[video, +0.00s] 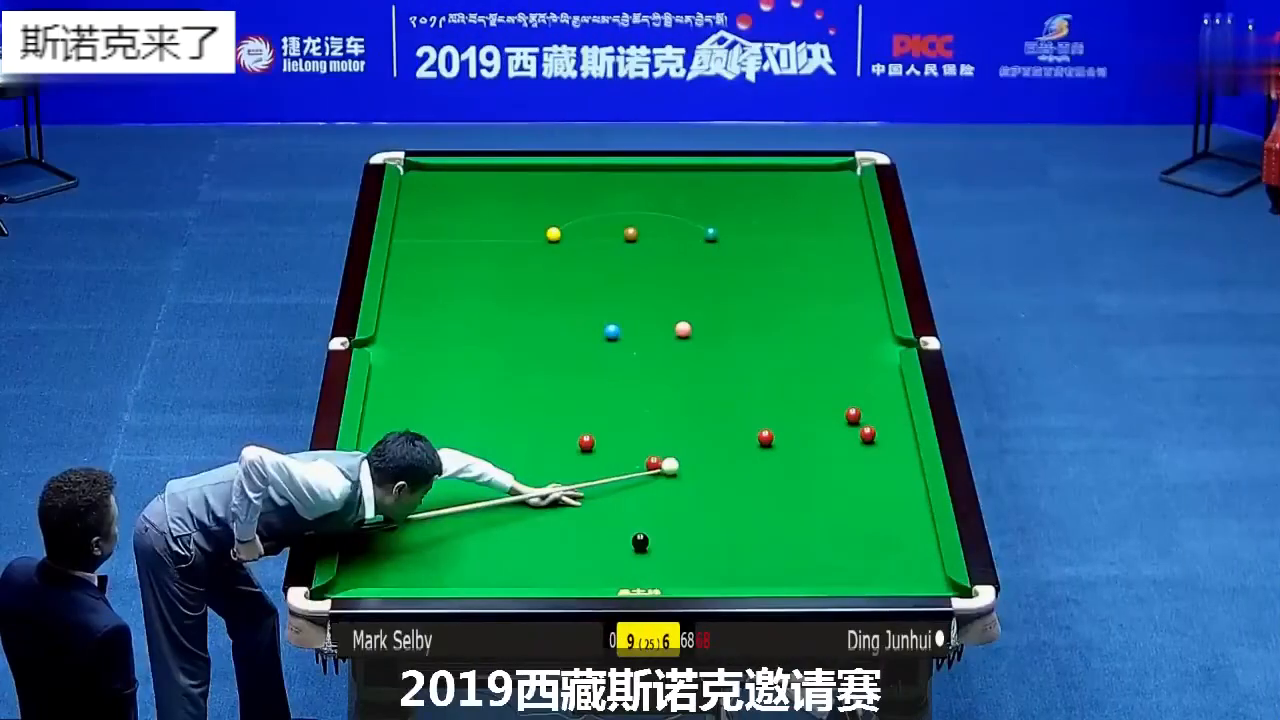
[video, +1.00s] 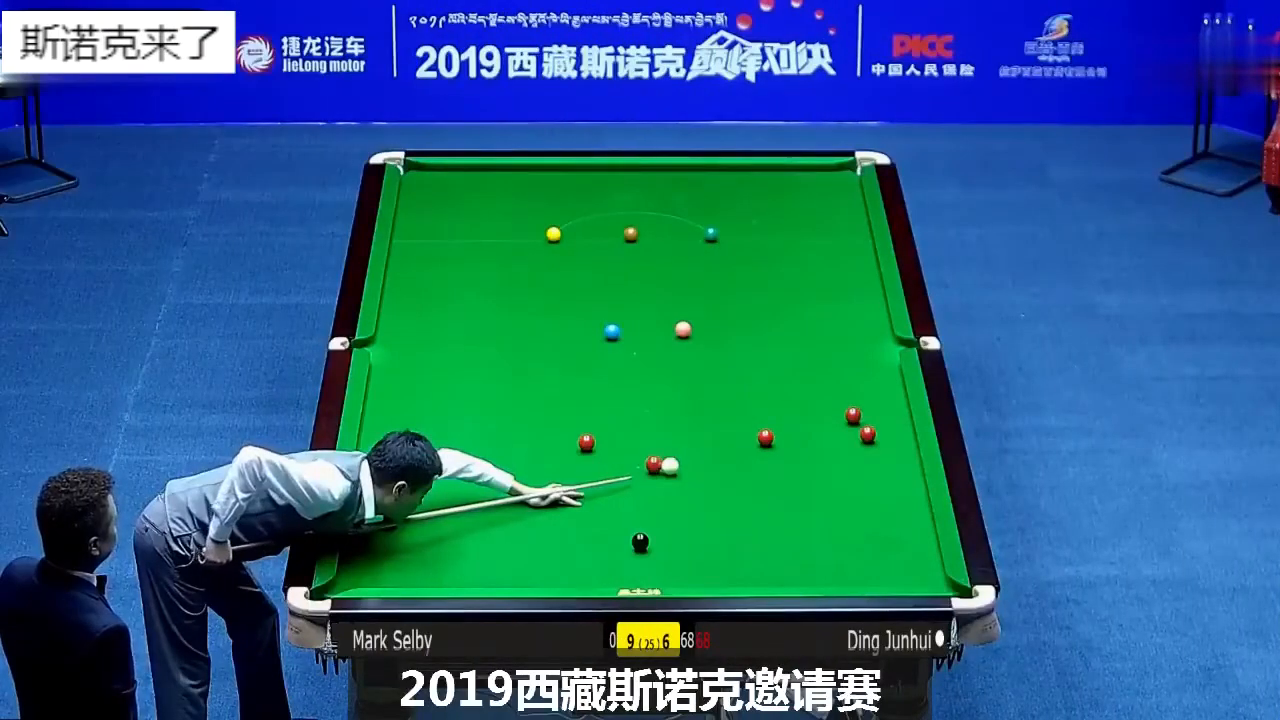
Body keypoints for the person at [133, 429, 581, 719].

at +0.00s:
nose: (420, 503)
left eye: (422, 494)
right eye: (418, 495)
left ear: (395, 478)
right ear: (396, 489)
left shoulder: (380, 471)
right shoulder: (329, 493)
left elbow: (456, 462)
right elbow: (254, 458)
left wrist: (523, 489)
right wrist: (246, 535)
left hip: (206, 532)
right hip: (172, 536)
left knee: (255, 623)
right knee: (187, 674)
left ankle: (266, 718)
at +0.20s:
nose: (420, 502)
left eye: (422, 494)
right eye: (418, 495)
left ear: (396, 478)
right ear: (396, 488)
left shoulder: (381, 472)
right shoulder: (329, 492)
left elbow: (457, 462)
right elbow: (253, 460)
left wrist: (523, 489)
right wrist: (241, 536)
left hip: (209, 534)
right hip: (172, 537)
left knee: (256, 623)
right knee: (186, 674)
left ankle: (266, 718)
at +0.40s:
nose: (420, 502)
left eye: (423, 493)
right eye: (419, 494)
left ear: (397, 479)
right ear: (395, 488)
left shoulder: (382, 474)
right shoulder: (330, 492)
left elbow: (456, 462)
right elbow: (252, 464)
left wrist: (523, 489)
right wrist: (216, 541)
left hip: (209, 533)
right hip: (170, 535)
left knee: (256, 624)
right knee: (186, 673)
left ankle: (266, 718)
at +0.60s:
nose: (421, 502)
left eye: (423, 493)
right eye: (419, 494)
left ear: (396, 479)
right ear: (396, 488)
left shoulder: (382, 474)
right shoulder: (331, 492)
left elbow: (456, 463)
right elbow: (251, 464)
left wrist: (524, 489)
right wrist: (213, 541)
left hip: (208, 533)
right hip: (170, 535)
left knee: (256, 624)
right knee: (186, 672)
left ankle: (266, 718)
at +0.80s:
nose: (421, 501)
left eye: (423, 492)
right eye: (419, 494)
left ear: (396, 479)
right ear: (396, 488)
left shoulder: (382, 474)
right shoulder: (331, 492)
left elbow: (456, 463)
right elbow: (252, 461)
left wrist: (524, 489)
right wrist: (215, 539)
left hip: (209, 535)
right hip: (170, 535)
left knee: (256, 624)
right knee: (187, 672)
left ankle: (266, 718)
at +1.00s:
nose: (421, 501)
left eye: (423, 492)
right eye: (419, 494)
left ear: (396, 480)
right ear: (396, 488)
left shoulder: (382, 474)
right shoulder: (330, 492)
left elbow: (456, 463)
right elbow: (252, 462)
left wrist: (524, 490)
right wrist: (218, 539)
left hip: (210, 537)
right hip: (170, 536)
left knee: (257, 625)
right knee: (186, 673)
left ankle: (266, 718)